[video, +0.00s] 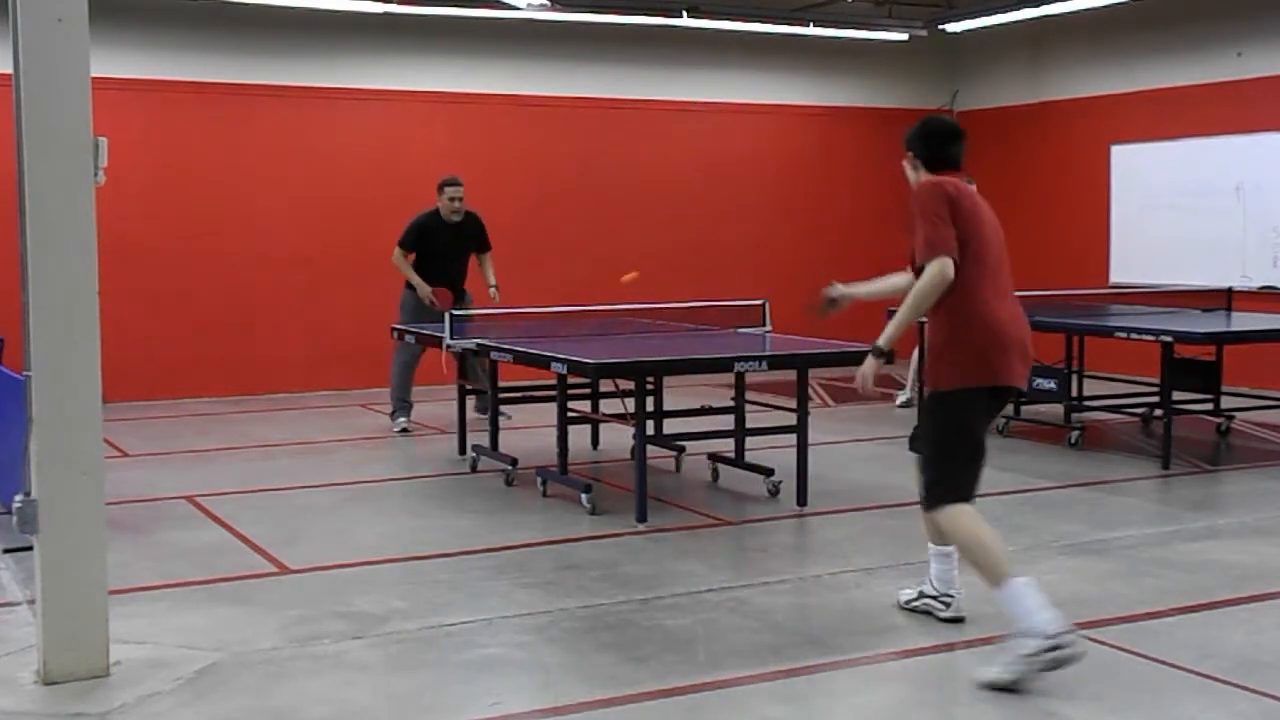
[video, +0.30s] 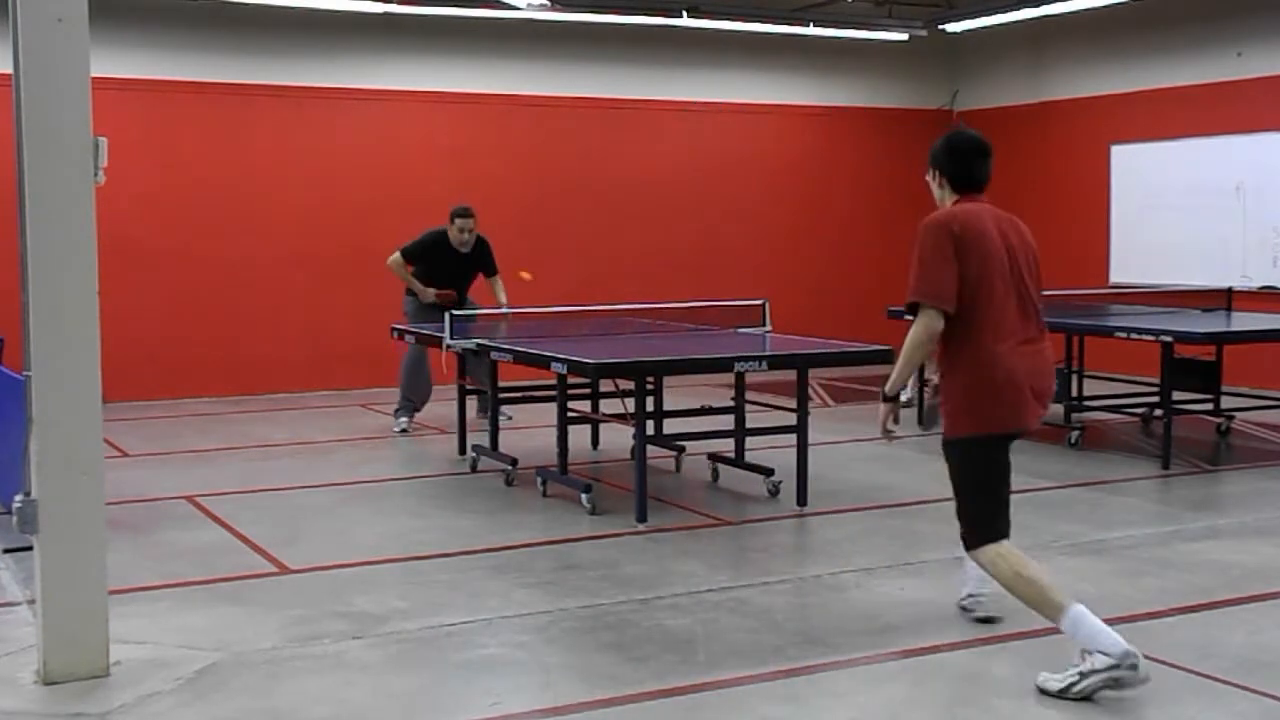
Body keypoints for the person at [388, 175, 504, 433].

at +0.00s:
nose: (457, 205)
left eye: (460, 199)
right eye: (451, 199)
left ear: (465, 200)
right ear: (439, 200)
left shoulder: (473, 223)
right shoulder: (423, 224)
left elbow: (483, 255)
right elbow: (398, 256)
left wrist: (492, 284)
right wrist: (419, 285)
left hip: (457, 298)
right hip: (420, 297)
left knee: (473, 349)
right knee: (408, 351)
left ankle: (485, 402)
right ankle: (400, 411)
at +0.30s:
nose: (466, 237)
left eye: (470, 231)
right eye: (461, 231)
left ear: (476, 229)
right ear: (450, 228)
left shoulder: (480, 246)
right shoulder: (433, 241)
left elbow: (494, 278)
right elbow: (394, 262)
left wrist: (502, 301)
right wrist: (421, 290)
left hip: (458, 303)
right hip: (423, 303)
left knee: (481, 345)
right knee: (417, 348)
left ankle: (487, 404)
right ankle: (405, 411)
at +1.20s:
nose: (473, 223)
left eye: (476, 217)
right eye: (468, 216)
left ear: (479, 217)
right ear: (454, 214)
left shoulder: (475, 239)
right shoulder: (431, 229)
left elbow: (477, 268)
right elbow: (399, 251)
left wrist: (487, 294)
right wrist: (419, 284)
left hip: (440, 298)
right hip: (407, 294)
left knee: (451, 350)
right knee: (397, 346)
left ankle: (464, 405)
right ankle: (377, 407)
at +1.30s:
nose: (466, 215)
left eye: (470, 210)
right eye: (461, 210)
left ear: (472, 211)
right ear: (448, 208)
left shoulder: (471, 234)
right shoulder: (426, 227)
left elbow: (474, 264)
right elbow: (396, 251)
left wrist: (486, 291)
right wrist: (417, 284)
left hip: (439, 298)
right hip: (406, 296)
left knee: (449, 351)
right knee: (394, 347)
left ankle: (463, 404)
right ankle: (375, 407)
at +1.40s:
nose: (457, 214)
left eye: (460, 208)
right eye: (452, 208)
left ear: (465, 209)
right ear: (439, 207)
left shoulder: (466, 233)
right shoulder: (419, 227)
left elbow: (473, 263)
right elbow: (391, 254)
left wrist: (482, 289)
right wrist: (410, 287)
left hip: (440, 300)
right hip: (405, 299)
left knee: (451, 351)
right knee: (391, 350)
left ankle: (464, 403)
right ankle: (374, 407)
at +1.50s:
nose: (444, 216)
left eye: (448, 211)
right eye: (439, 211)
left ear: (452, 211)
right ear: (427, 211)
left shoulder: (462, 236)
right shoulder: (412, 232)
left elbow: (473, 263)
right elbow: (390, 254)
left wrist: (477, 289)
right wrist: (395, 286)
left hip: (443, 304)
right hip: (407, 304)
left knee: (460, 351)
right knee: (391, 351)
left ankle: (473, 402)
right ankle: (373, 407)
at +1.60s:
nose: (424, 223)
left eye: (429, 217)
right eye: (419, 218)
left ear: (436, 217)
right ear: (410, 219)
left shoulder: (450, 240)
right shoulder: (402, 238)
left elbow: (472, 265)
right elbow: (392, 257)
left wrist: (475, 293)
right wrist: (380, 278)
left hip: (442, 310)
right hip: (406, 307)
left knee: (463, 353)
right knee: (389, 351)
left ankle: (478, 404)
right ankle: (364, 405)